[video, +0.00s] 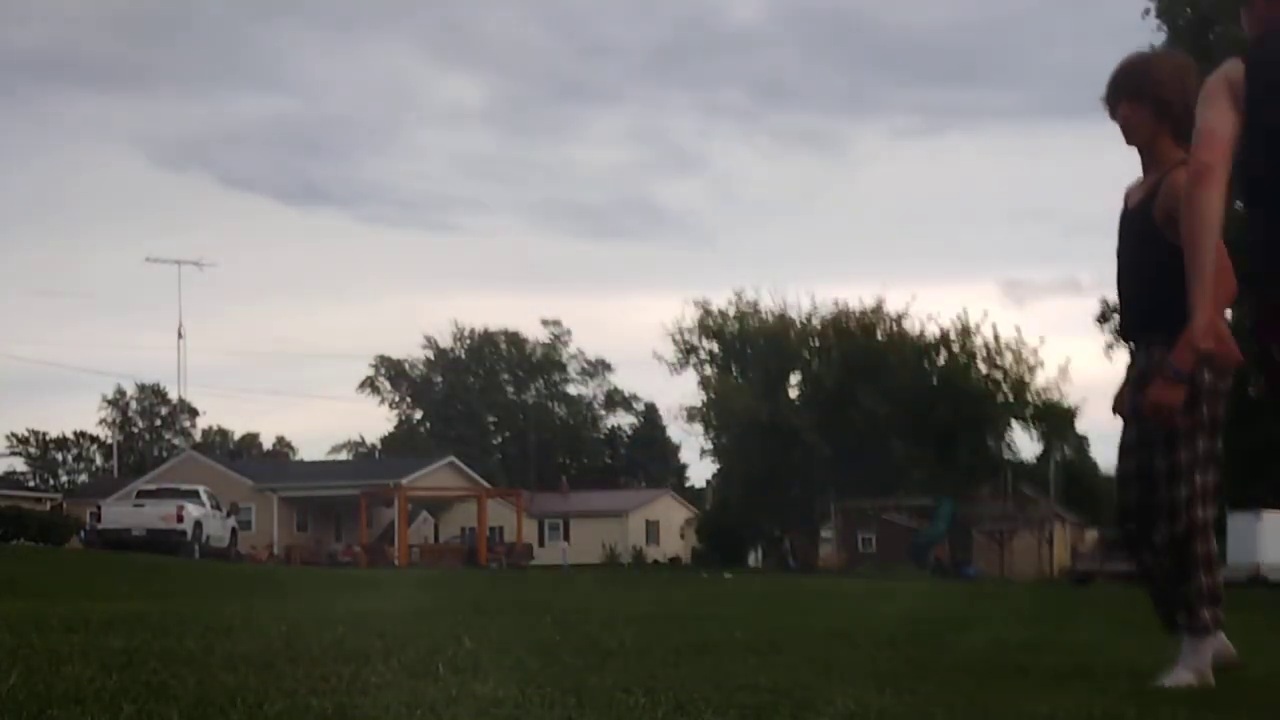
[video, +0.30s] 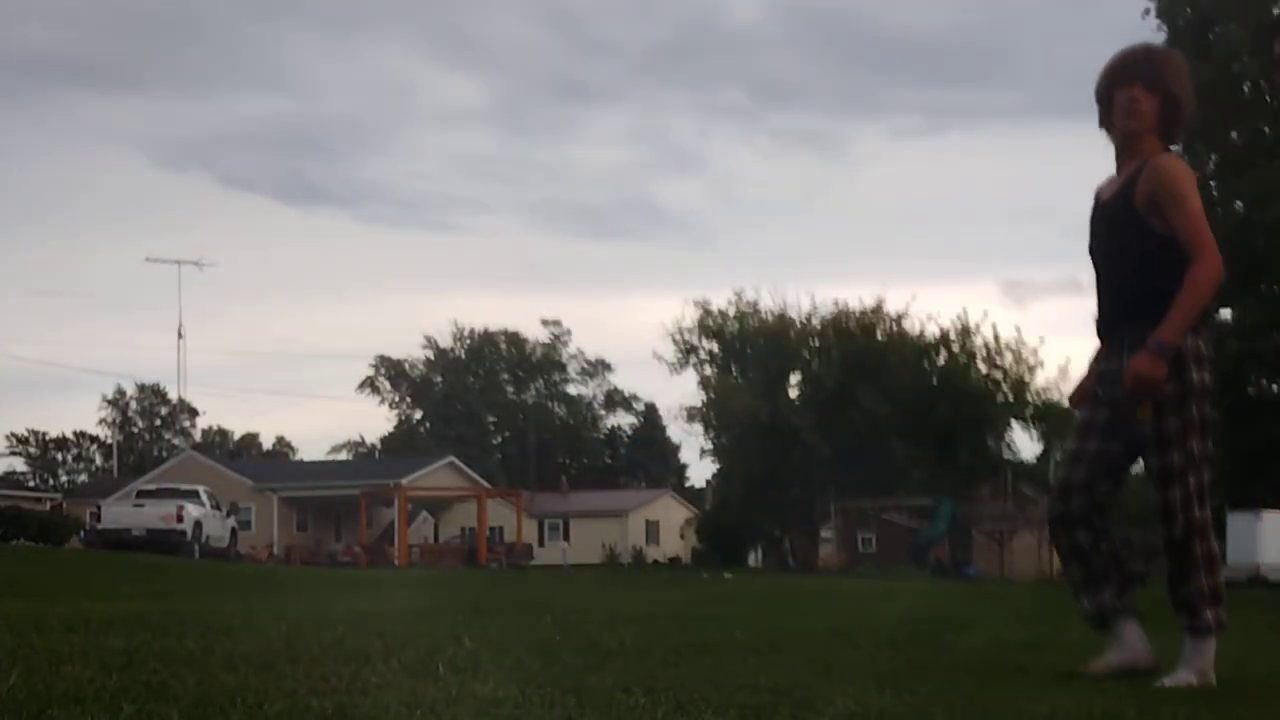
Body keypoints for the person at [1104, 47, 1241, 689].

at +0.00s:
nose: (1117, 123)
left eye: (1123, 111)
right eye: (1115, 112)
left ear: (1155, 108)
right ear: (1141, 111)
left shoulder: (1185, 185)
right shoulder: (1138, 193)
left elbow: (1220, 283)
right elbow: (1150, 290)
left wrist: (1178, 367)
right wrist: (1135, 369)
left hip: (1192, 359)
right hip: (1150, 360)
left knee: (1186, 499)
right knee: (1146, 502)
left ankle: (1198, 648)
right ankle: (1202, 633)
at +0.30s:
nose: (1129, 97)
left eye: (1144, 89)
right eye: (1119, 88)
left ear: (1167, 107)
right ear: (1105, 105)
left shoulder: (1168, 172)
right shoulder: (1108, 191)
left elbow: (1209, 264)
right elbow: (1123, 294)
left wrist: (1159, 348)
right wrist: (1097, 369)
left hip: (1174, 354)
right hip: (1120, 360)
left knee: (1183, 499)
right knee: (1074, 500)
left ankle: (1199, 656)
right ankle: (1124, 636)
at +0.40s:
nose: (1128, 94)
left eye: (1142, 87)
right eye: (1116, 85)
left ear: (1156, 106)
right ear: (1093, 102)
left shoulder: (1157, 172)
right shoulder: (1083, 191)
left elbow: (1204, 265)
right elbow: (1102, 284)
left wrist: (1179, 354)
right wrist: (1097, 360)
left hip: (1158, 356)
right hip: (1102, 360)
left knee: (1174, 503)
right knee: (1058, 493)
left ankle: (1199, 654)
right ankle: (1082, 645)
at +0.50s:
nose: (1101, 94)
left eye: (1114, 86)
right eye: (1088, 85)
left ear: (1131, 101)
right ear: (1067, 102)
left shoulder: (1144, 172)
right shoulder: (1057, 197)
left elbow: (1198, 264)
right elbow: (1080, 290)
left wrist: (1196, 358)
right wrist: (1075, 366)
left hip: (1147, 357)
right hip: (1083, 365)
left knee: (1161, 506)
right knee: (1039, 496)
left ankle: (1196, 655)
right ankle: (1043, 649)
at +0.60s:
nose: (1065, 93)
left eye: (1077, 83)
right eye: (1052, 85)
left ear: (1099, 97)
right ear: (1036, 105)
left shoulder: (1126, 174)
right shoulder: (1029, 200)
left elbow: (1191, 263)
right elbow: (1052, 293)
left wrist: (1206, 358)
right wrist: (1047, 370)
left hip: (1124, 360)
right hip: (1056, 367)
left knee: (1146, 505)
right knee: (1020, 506)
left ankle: (1193, 656)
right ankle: (1040, 656)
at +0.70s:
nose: (1027, 82)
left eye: (1039, 71)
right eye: (1013, 78)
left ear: (1067, 86)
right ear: (1000, 103)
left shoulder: (1104, 164)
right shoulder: (1000, 196)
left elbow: (1167, 254)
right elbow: (1012, 290)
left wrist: (1202, 350)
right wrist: (1003, 370)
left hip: (1097, 354)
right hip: (1027, 360)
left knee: (1114, 502)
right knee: (1008, 507)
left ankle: (1178, 636)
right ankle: (1037, 657)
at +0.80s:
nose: (1005, 71)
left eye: (1016, 59)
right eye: (990, 66)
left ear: (1043, 73)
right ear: (977, 91)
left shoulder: (1086, 150)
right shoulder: (975, 185)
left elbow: (1149, 238)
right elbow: (980, 284)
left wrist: (1178, 337)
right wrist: (963, 370)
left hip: (1079, 340)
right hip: (1010, 350)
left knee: (1073, 497)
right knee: (1004, 506)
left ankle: (1142, 608)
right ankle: (1034, 654)